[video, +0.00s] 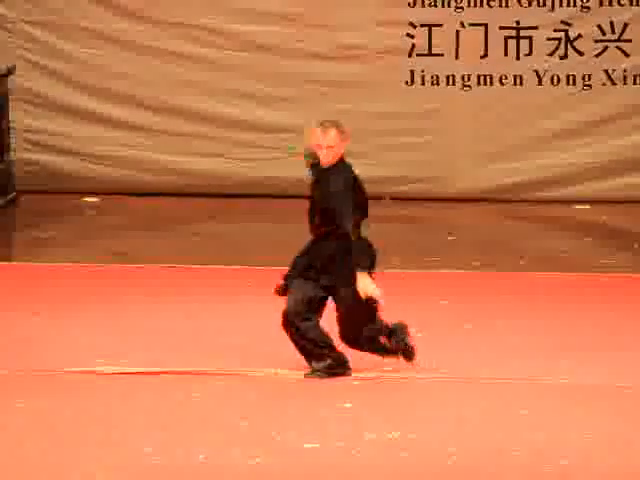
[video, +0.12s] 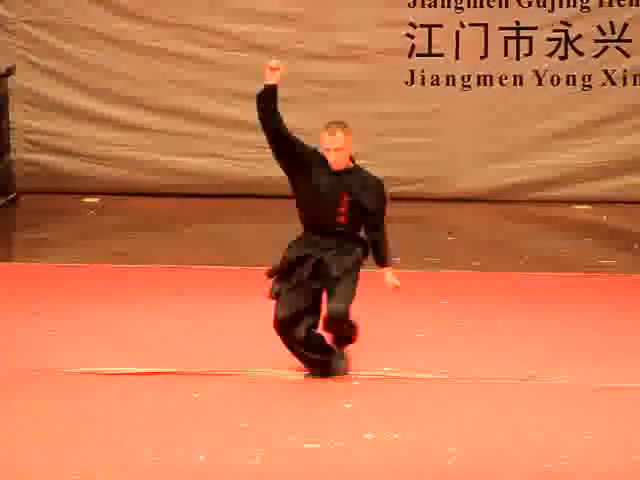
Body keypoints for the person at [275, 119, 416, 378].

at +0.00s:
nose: (324, 153)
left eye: (331, 147)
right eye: (320, 147)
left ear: (344, 145)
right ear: (315, 147)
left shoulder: (342, 177)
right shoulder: (323, 175)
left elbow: (351, 226)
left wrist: (361, 271)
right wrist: (293, 276)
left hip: (348, 258)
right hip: (322, 256)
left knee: (354, 330)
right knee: (296, 315)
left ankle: (394, 339)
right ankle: (329, 361)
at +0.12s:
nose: (332, 153)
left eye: (338, 147)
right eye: (327, 147)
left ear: (351, 148)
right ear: (321, 147)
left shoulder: (368, 186)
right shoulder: (305, 165)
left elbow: (376, 229)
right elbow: (277, 135)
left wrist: (385, 266)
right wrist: (269, 90)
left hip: (345, 252)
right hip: (309, 247)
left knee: (335, 312)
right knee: (288, 321)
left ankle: (344, 339)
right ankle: (326, 363)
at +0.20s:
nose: (333, 163)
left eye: (338, 157)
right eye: (328, 157)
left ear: (350, 154)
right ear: (322, 153)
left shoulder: (365, 184)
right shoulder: (313, 176)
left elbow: (376, 224)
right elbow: (302, 174)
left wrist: (391, 253)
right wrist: (296, 156)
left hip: (337, 253)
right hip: (303, 249)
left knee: (328, 311)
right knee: (290, 313)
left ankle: (313, 369)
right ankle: (308, 355)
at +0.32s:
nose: (351, 169)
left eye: (356, 162)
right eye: (345, 161)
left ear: (363, 165)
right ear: (333, 162)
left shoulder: (356, 191)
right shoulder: (321, 195)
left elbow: (359, 227)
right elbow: (342, 245)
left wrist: (351, 220)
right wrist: (363, 281)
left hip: (329, 269)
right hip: (301, 266)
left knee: (325, 324)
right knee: (298, 320)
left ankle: (302, 375)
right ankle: (301, 370)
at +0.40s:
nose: (354, 182)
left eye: (359, 176)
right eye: (348, 175)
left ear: (365, 173)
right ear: (336, 169)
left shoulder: (359, 191)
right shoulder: (325, 197)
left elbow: (357, 216)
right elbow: (338, 249)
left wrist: (360, 237)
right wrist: (371, 274)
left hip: (325, 262)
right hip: (299, 262)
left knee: (330, 324)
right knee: (294, 330)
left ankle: (304, 383)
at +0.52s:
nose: (352, 190)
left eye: (358, 184)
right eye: (347, 183)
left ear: (366, 181)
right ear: (337, 178)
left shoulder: (362, 198)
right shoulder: (324, 202)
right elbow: (357, 242)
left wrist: (372, 222)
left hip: (315, 262)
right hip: (294, 257)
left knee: (332, 321)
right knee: (317, 315)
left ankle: (305, 382)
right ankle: (253, 349)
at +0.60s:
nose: (353, 190)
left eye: (360, 185)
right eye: (349, 183)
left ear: (368, 184)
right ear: (341, 179)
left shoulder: (331, 190)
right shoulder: (336, 201)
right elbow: (359, 244)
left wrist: (373, 211)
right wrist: (384, 220)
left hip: (301, 257)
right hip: (295, 260)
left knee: (345, 296)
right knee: (312, 309)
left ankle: (315, 357)